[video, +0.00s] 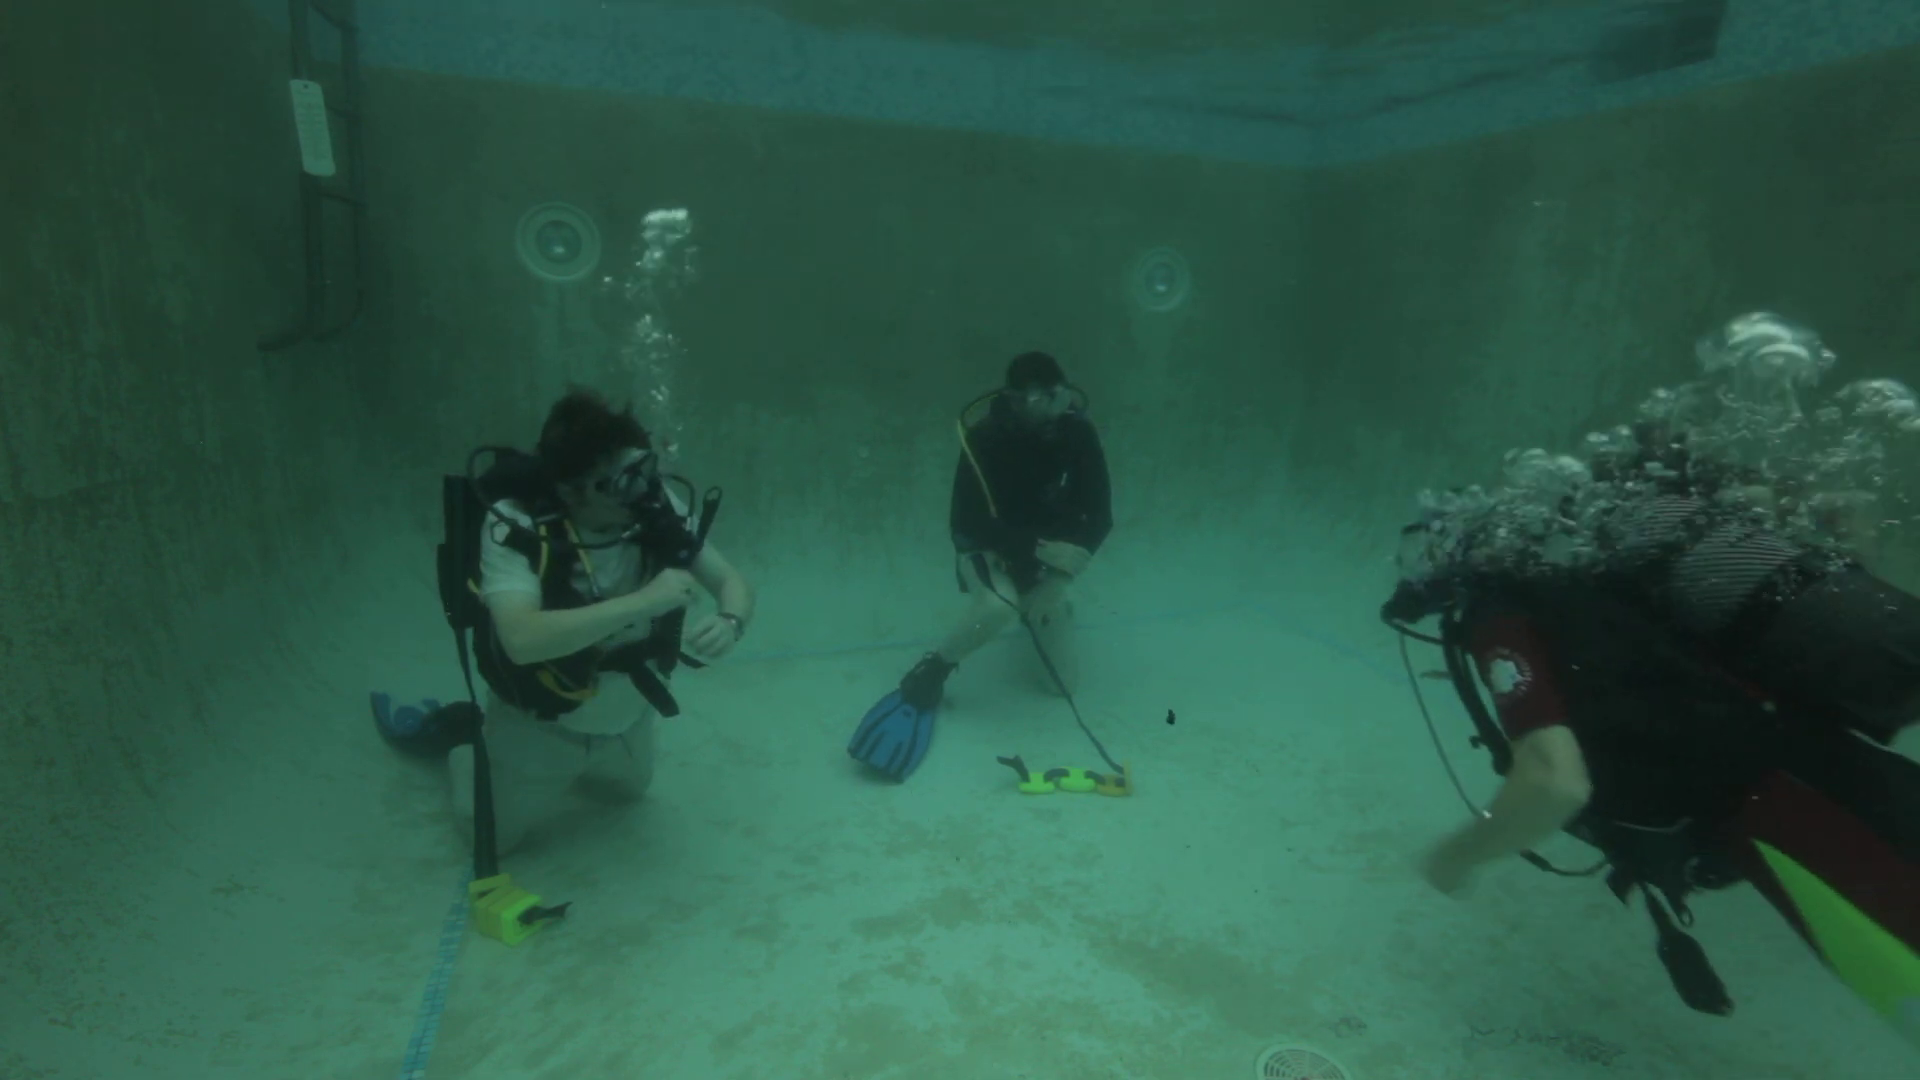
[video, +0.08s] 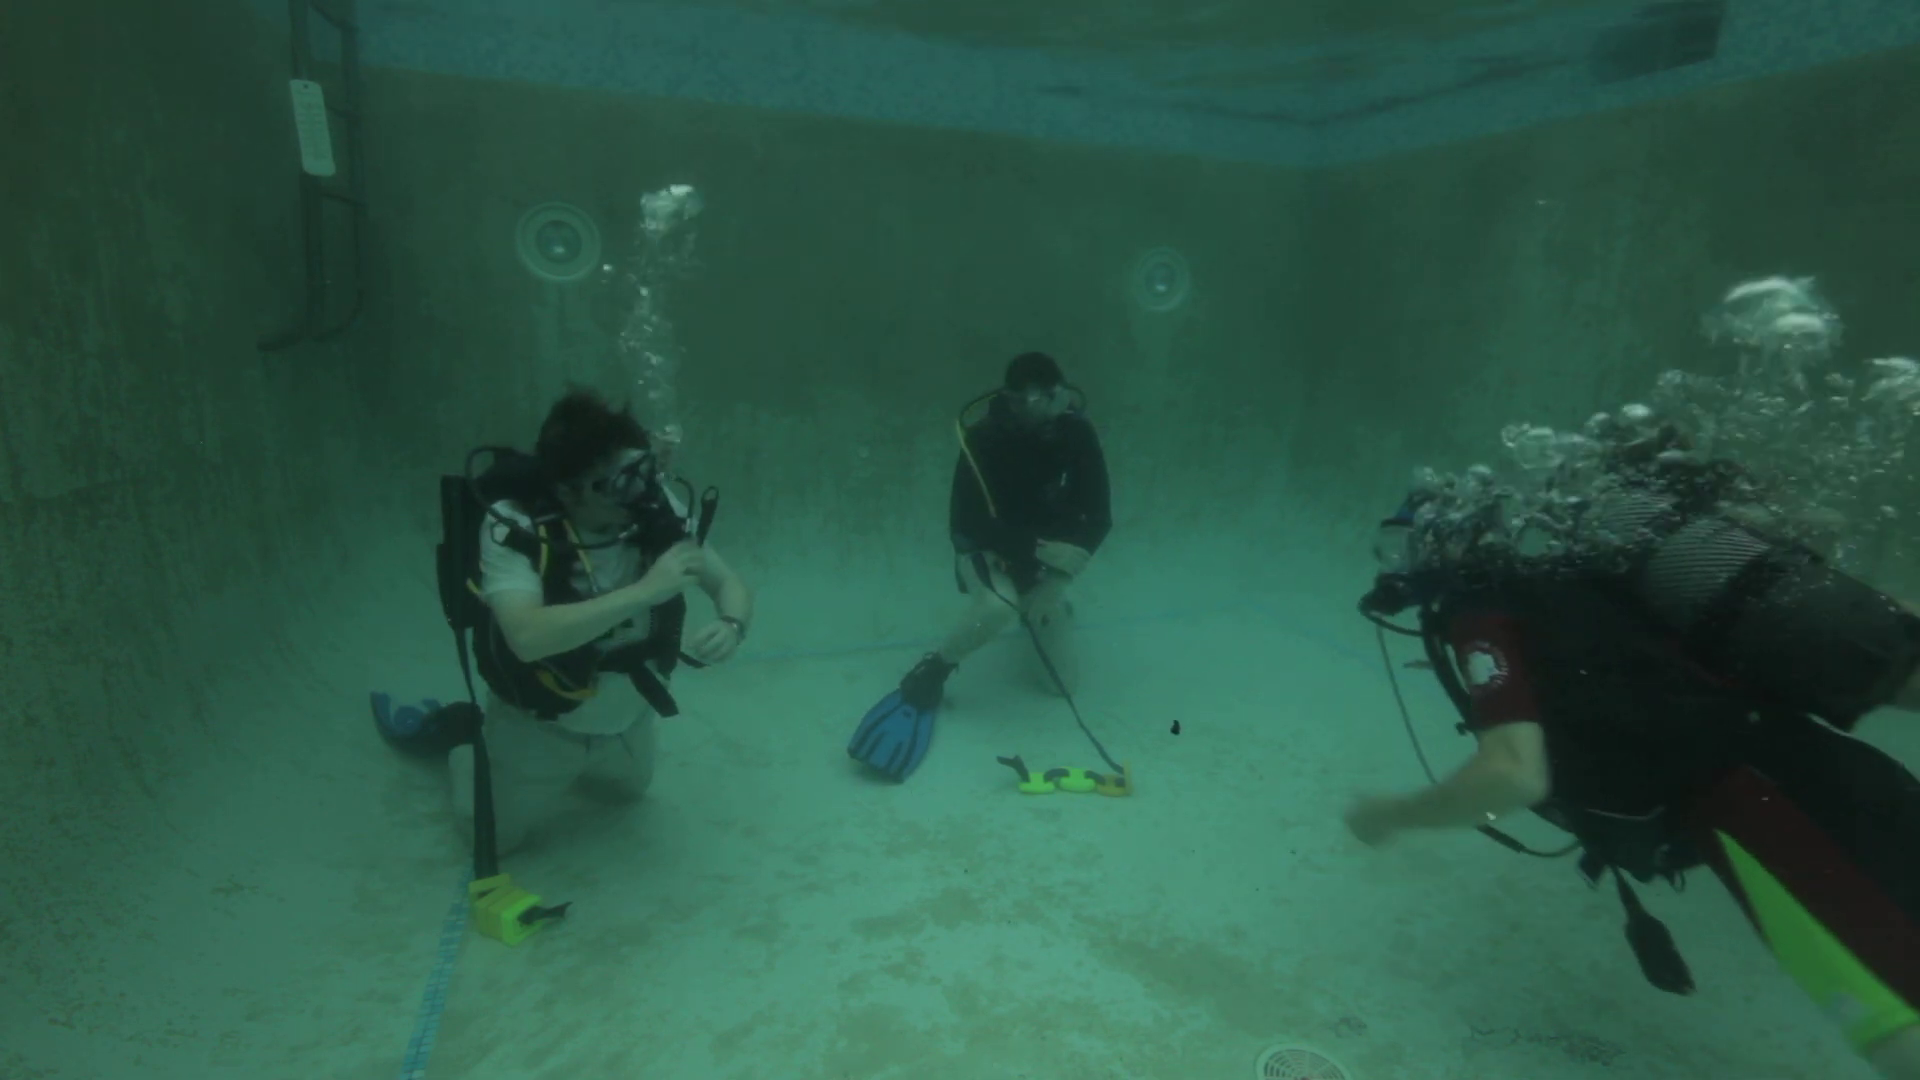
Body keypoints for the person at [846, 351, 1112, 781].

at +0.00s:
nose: (1050, 407)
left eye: (1054, 396)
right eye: (1040, 398)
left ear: (1063, 393)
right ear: (1016, 398)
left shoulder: (1077, 431)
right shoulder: (987, 434)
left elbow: (1098, 512)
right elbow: (973, 520)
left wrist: (1059, 579)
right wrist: (1035, 554)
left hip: (1052, 548)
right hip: (991, 544)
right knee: (998, 607)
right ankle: (930, 673)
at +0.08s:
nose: (1054, 405)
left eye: (1054, 395)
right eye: (1044, 398)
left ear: (1059, 393)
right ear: (1017, 399)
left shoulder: (1076, 432)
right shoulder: (987, 435)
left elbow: (1097, 514)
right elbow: (972, 519)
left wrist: (1056, 582)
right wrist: (1035, 553)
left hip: (1051, 553)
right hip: (991, 547)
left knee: (1064, 678)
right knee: (997, 606)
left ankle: (1049, 608)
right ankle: (931, 673)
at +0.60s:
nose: (1051, 412)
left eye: (1053, 401)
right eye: (1041, 403)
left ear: (1056, 396)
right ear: (1011, 400)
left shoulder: (1069, 432)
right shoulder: (979, 438)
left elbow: (1092, 514)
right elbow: (972, 524)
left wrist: (1053, 582)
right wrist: (1038, 551)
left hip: (1045, 549)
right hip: (984, 546)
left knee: (1061, 678)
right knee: (998, 607)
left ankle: (1047, 605)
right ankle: (932, 672)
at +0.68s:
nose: (1055, 408)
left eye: (1054, 397)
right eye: (1045, 399)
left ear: (1051, 395)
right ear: (1014, 401)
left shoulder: (1068, 431)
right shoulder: (979, 438)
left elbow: (1091, 514)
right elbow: (972, 523)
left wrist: (1053, 579)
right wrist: (1036, 551)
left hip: (1046, 543)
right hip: (985, 541)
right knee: (997, 607)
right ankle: (933, 672)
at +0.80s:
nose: (1035, 412)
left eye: (1041, 399)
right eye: (1024, 402)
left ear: (1051, 394)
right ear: (1002, 401)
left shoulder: (1067, 433)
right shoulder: (976, 439)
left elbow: (1089, 515)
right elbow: (969, 524)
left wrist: (1050, 582)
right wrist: (1034, 551)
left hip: (1046, 550)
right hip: (985, 546)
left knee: (1061, 677)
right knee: (994, 608)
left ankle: (1044, 605)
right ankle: (933, 672)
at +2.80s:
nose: (1014, 405)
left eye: (1022, 395)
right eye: (1004, 395)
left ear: (1035, 393)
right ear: (985, 396)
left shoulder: (1052, 431)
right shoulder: (964, 438)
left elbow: (1078, 510)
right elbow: (946, 519)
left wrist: (1046, 570)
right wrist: (1018, 533)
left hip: (1030, 557)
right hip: (968, 551)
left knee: (1053, 680)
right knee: (992, 600)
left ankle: (1034, 606)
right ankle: (930, 675)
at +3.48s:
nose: (1004, 400)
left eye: (1013, 390)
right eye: (992, 391)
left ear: (1028, 389)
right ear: (976, 392)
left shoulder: (1047, 430)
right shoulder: (957, 439)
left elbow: (1074, 504)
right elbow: (909, 508)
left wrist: (1046, 564)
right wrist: (970, 542)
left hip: (1029, 551)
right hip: (965, 553)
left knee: (1054, 679)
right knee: (987, 598)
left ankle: (1036, 610)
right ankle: (933, 672)